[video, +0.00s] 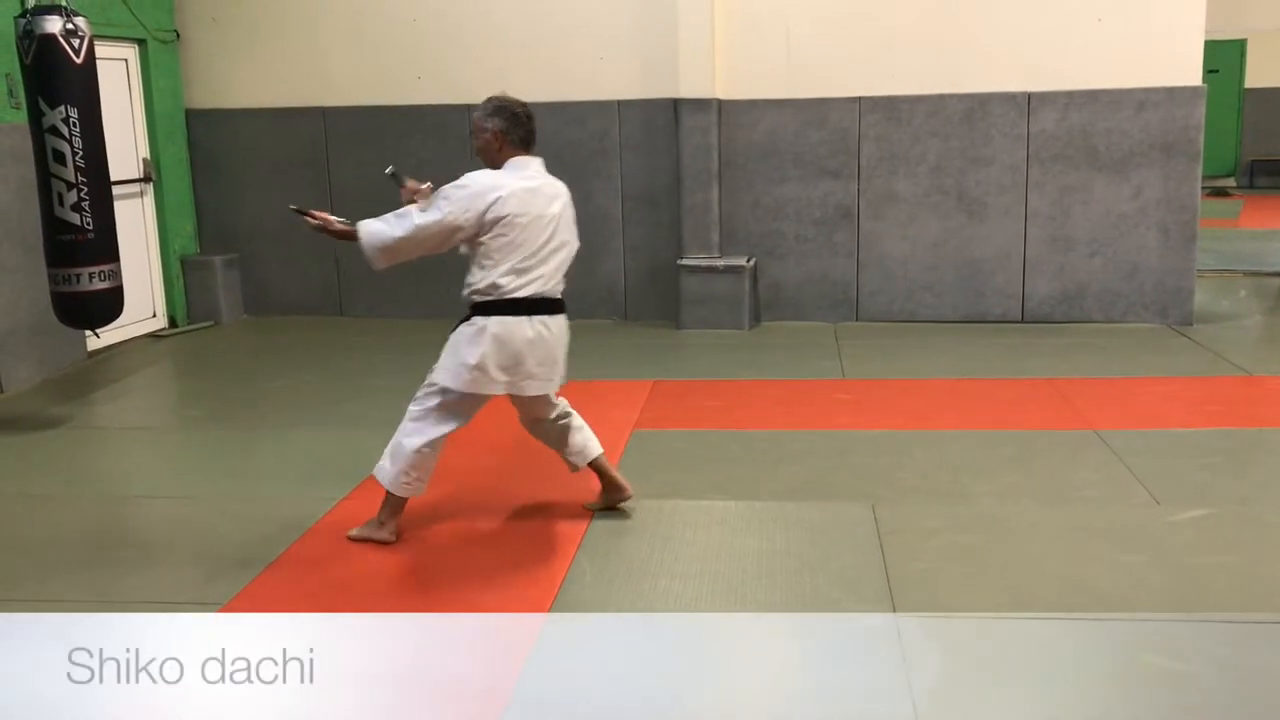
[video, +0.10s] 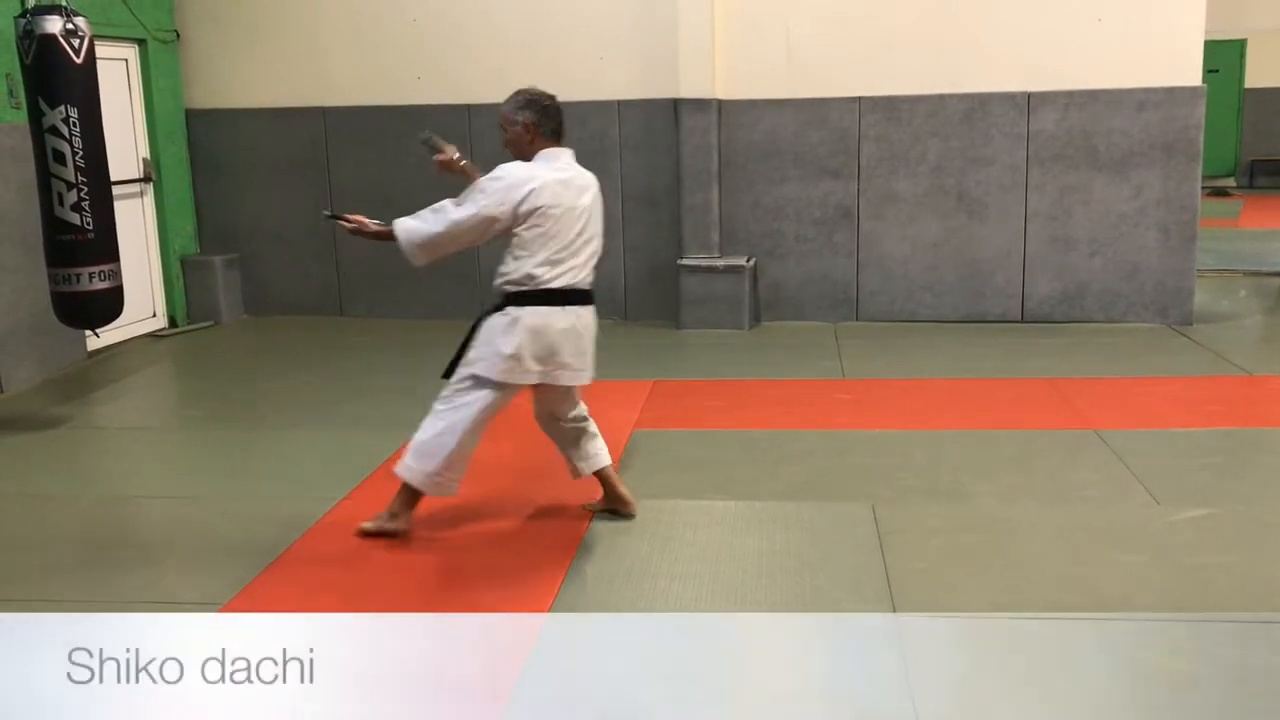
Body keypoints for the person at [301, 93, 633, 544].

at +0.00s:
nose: (474, 144)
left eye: (478, 134)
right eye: (474, 135)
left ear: (500, 135)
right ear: (523, 137)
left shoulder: (487, 188)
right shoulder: (558, 192)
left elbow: (426, 224)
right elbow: (495, 218)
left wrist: (352, 231)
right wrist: (435, 200)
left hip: (492, 329)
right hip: (548, 329)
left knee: (429, 414)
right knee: (543, 408)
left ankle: (387, 519)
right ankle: (613, 482)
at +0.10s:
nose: (503, 137)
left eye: (508, 128)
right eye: (502, 128)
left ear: (531, 127)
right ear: (545, 129)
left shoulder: (518, 179)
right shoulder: (586, 182)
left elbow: (459, 218)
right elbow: (516, 204)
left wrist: (385, 230)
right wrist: (466, 170)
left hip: (522, 318)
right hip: (576, 318)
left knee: (457, 407)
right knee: (561, 408)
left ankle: (399, 510)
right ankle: (617, 495)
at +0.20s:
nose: (522, 134)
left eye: (525, 125)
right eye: (520, 126)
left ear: (548, 125)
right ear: (566, 126)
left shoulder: (537, 176)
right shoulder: (604, 173)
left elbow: (478, 221)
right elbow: (541, 196)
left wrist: (411, 236)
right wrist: (505, 154)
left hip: (558, 319)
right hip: (608, 315)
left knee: (487, 402)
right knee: (585, 405)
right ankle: (616, 496)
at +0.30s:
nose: (531, 133)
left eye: (536, 123)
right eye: (530, 123)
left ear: (561, 124)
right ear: (580, 126)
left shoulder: (554, 176)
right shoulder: (617, 168)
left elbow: (499, 221)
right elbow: (564, 185)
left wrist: (433, 244)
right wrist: (531, 143)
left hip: (588, 320)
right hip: (634, 312)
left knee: (534, 413)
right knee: (602, 407)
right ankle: (618, 496)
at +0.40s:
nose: (541, 132)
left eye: (547, 122)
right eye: (541, 122)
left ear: (573, 124)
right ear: (587, 127)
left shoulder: (568, 177)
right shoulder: (629, 165)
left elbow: (512, 226)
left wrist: (453, 248)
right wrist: (554, 128)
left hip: (622, 320)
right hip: (656, 308)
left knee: (606, 436)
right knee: (612, 404)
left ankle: (696, 483)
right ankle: (621, 493)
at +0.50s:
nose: (558, 135)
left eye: (563, 127)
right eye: (559, 126)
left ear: (588, 129)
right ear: (603, 128)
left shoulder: (582, 182)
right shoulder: (647, 168)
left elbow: (529, 229)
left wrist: (474, 252)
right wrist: (575, 112)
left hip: (651, 316)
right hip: (658, 307)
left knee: (688, 426)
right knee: (614, 395)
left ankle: (790, 485)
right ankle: (619, 492)